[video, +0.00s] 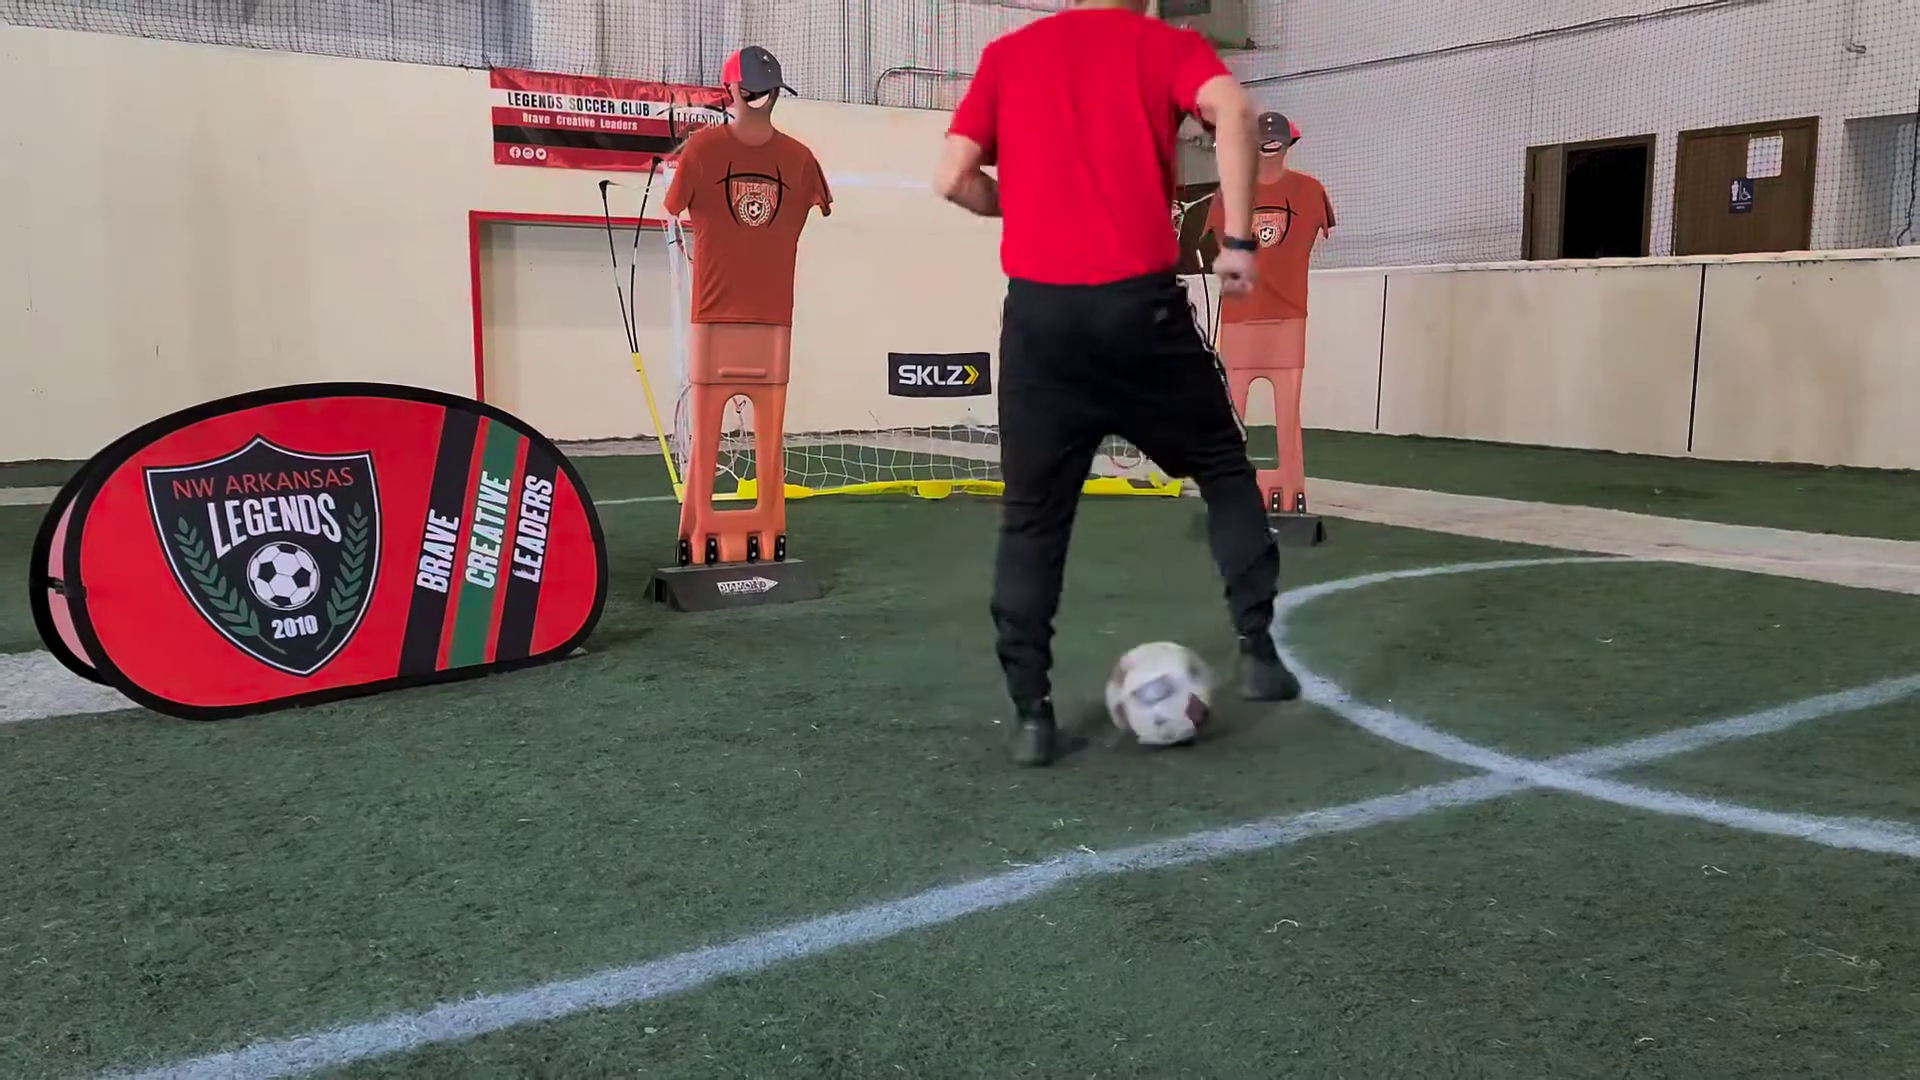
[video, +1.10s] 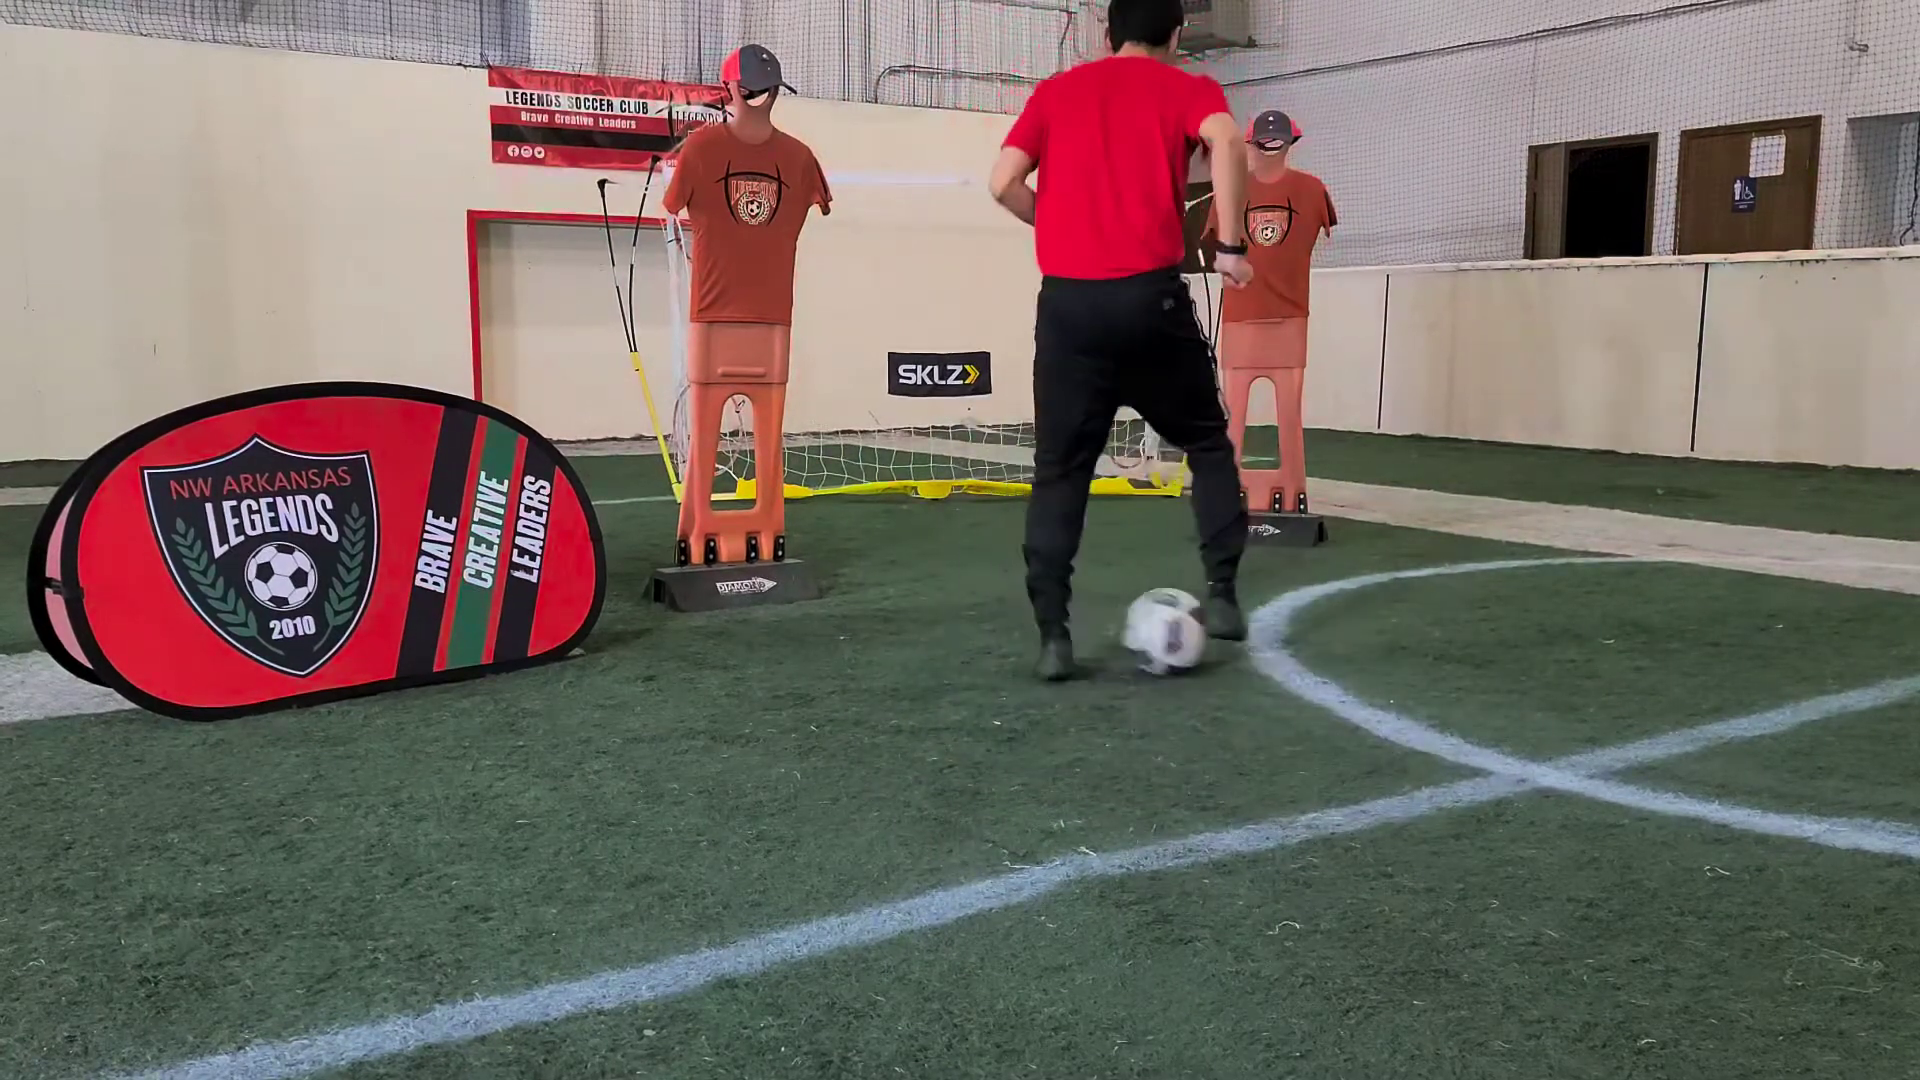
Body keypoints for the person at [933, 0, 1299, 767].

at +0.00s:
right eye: (1155, 9)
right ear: (1140, 1)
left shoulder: (1006, 52)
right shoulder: (1165, 42)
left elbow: (954, 180)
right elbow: (1234, 108)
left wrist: (1028, 200)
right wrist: (1237, 234)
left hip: (1037, 315)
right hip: (1141, 308)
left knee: (1032, 514)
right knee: (1222, 466)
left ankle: (1032, 712)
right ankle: (1259, 648)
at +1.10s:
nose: (1180, 41)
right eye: (1179, 30)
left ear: (1108, 30)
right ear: (1172, 35)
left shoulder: (1057, 88)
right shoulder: (1189, 87)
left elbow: (1003, 183)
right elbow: (1226, 140)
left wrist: (1060, 223)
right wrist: (1228, 238)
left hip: (1067, 304)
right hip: (1152, 301)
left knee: (1060, 465)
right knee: (1207, 443)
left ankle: (1053, 631)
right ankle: (1223, 592)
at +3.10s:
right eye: (1235, 110)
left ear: (1185, 109)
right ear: (1234, 111)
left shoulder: (1156, 147)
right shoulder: (1256, 157)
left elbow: (1110, 199)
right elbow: (1295, 230)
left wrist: (1127, 257)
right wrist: (1278, 250)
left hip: (1163, 312)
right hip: (1225, 315)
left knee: (1128, 414)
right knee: (1227, 440)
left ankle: (1102, 523)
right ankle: (1219, 562)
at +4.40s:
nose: (1295, 122)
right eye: (1295, 115)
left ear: (1245, 113)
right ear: (1290, 116)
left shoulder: (1208, 158)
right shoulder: (1304, 165)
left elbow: (1163, 223)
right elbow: (1326, 230)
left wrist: (1188, 266)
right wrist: (1313, 287)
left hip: (1207, 309)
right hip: (1261, 313)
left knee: (1212, 381)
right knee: (1256, 427)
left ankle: (1187, 486)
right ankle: (1240, 544)